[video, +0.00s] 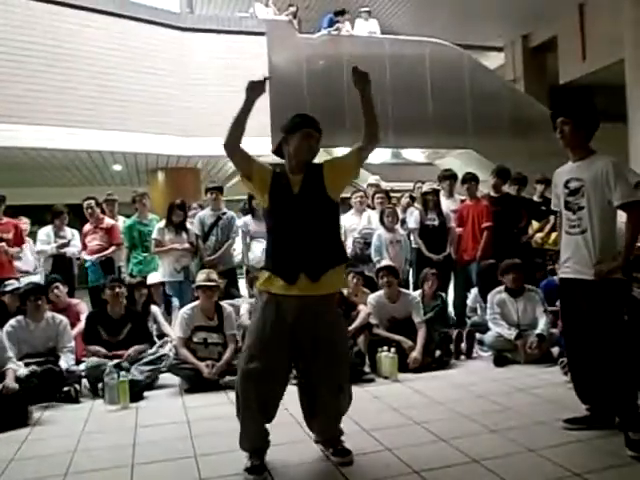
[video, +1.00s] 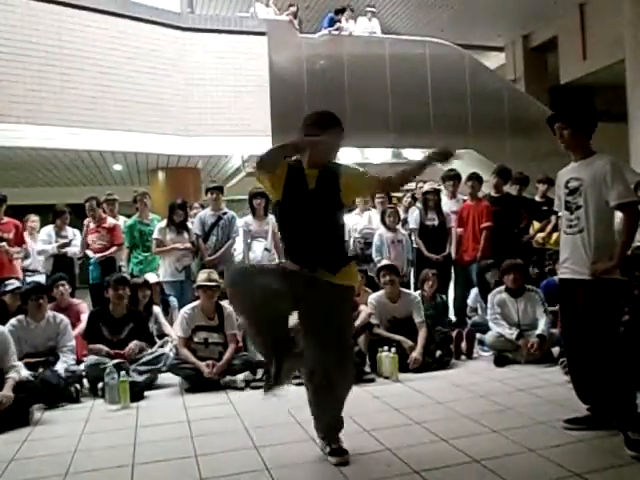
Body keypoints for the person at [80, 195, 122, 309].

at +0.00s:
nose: (90, 211)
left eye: (92, 207)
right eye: (87, 209)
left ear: (98, 208)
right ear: (85, 211)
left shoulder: (110, 224)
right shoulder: (86, 228)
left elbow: (117, 244)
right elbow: (84, 247)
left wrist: (99, 256)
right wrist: (84, 255)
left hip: (105, 260)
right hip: (90, 262)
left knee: (110, 291)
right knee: (94, 292)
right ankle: (97, 319)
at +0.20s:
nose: (90, 211)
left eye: (92, 207)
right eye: (87, 209)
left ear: (98, 208)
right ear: (85, 211)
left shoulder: (111, 224)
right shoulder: (87, 228)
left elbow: (118, 244)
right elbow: (85, 246)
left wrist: (100, 256)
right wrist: (84, 254)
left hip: (106, 260)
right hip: (91, 262)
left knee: (109, 292)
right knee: (94, 293)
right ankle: (98, 320)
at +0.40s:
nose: (89, 212)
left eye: (92, 208)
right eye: (86, 209)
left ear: (99, 208)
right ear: (84, 211)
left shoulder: (111, 224)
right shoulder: (87, 228)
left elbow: (118, 244)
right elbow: (85, 247)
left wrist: (101, 256)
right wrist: (88, 255)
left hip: (106, 261)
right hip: (91, 263)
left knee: (109, 296)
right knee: (95, 300)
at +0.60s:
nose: (90, 213)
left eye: (92, 210)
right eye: (87, 210)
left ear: (99, 208)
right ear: (85, 211)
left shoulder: (112, 224)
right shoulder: (87, 227)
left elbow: (118, 244)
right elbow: (84, 243)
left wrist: (102, 256)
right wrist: (89, 253)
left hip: (107, 260)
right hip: (92, 260)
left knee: (108, 292)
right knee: (94, 293)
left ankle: (109, 319)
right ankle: (98, 319)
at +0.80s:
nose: (90, 213)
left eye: (93, 209)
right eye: (88, 210)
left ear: (100, 208)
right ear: (86, 211)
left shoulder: (112, 224)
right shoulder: (87, 228)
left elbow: (119, 244)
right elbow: (84, 248)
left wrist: (102, 256)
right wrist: (92, 255)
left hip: (107, 259)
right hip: (93, 261)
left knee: (109, 291)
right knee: (95, 292)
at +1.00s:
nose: (91, 213)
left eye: (93, 210)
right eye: (88, 211)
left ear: (100, 208)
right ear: (86, 211)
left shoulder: (112, 224)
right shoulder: (87, 223)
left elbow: (119, 244)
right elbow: (84, 243)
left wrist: (101, 255)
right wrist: (90, 254)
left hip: (107, 258)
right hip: (92, 258)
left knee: (109, 289)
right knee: (94, 290)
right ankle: (97, 316)